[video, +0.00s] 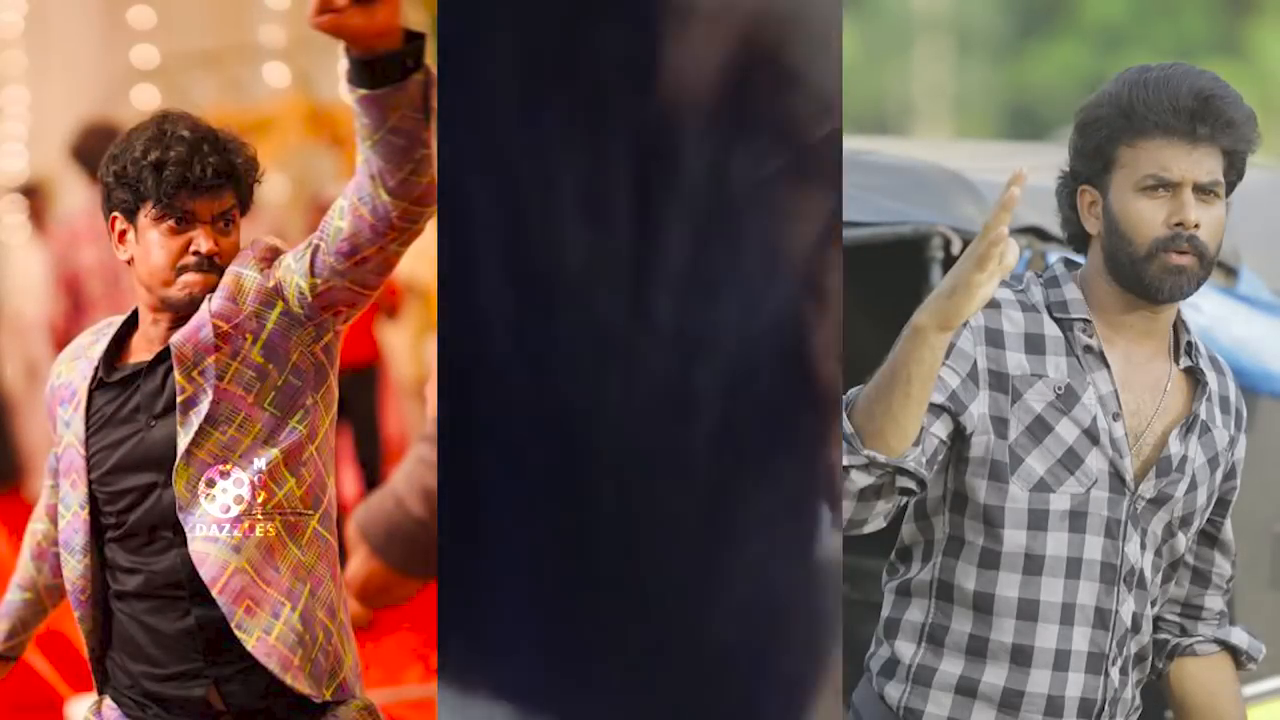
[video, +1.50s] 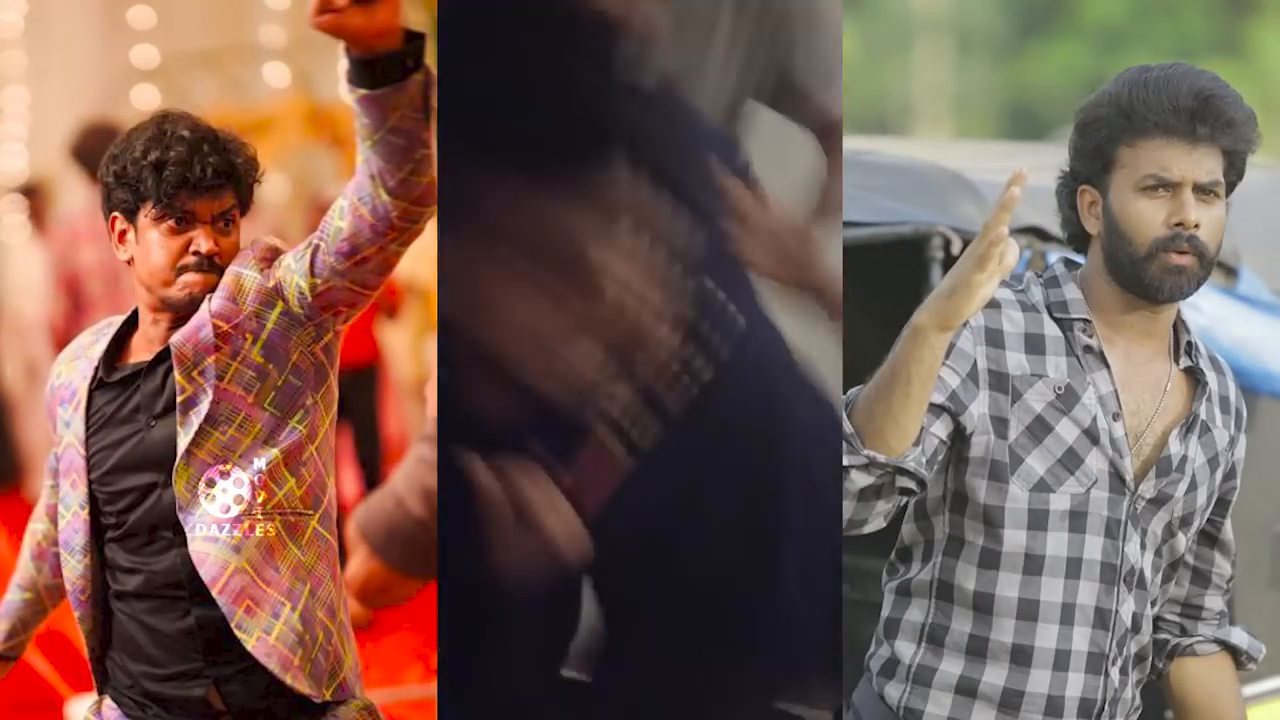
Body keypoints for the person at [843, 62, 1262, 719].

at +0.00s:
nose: (1187, 217)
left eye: (1207, 194)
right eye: (1157, 190)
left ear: (1227, 208)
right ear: (1092, 208)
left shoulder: (1219, 398)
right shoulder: (984, 329)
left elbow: (1193, 615)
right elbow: (851, 508)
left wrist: (1225, 711)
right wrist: (931, 328)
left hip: (1105, 709)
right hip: (934, 702)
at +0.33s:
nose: (1187, 217)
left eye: (1207, 194)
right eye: (1157, 190)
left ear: (1227, 208)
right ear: (1092, 208)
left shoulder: (1219, 398)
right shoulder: (984, 329)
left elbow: (1193, 615)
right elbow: (850, 508)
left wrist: (1224, 711)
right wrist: (931, 327)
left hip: (1106, 709)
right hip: (935, 701)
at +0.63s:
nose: (1187, 217)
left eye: (1207, 194)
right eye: (1157, 190)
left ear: (1227, 208)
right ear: (1092, 208)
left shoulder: (1219, 398)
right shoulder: (984, 328)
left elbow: (1193, 615)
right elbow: (852, 508)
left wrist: (1224, 711)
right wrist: (932, 327)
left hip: (1105, 709)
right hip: (936, 701)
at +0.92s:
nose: (1187, 217)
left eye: (1207, 194)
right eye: (1157, 190)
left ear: (1227, 208)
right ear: (1092, 207)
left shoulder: (1219, 398)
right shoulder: (984, 328)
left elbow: (1193, 617)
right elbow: (852, 507)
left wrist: (1225, 710)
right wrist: (932, 327)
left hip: (1105, 709)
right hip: (934, 702)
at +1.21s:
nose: (1187, 217)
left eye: (1207, 194)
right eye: (1157, 190)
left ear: (1227, 209)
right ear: (1092, 208)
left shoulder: (1219, 398)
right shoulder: (984, 328)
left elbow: (1193, 615)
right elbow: (851, 507)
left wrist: (1224, 711)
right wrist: (932, 327)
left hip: (1105, 709)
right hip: (934, 701)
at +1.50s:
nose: (1187, 217)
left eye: (1207, 194)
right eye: (1157, 190)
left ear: (1227, 209)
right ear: (1092, 208)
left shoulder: (1219, 398)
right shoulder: (984, 328)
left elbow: (1193, 615)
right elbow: (851, 508)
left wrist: (1225, 711)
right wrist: (931, 327)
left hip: (1105, 709)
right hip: (934, 702)